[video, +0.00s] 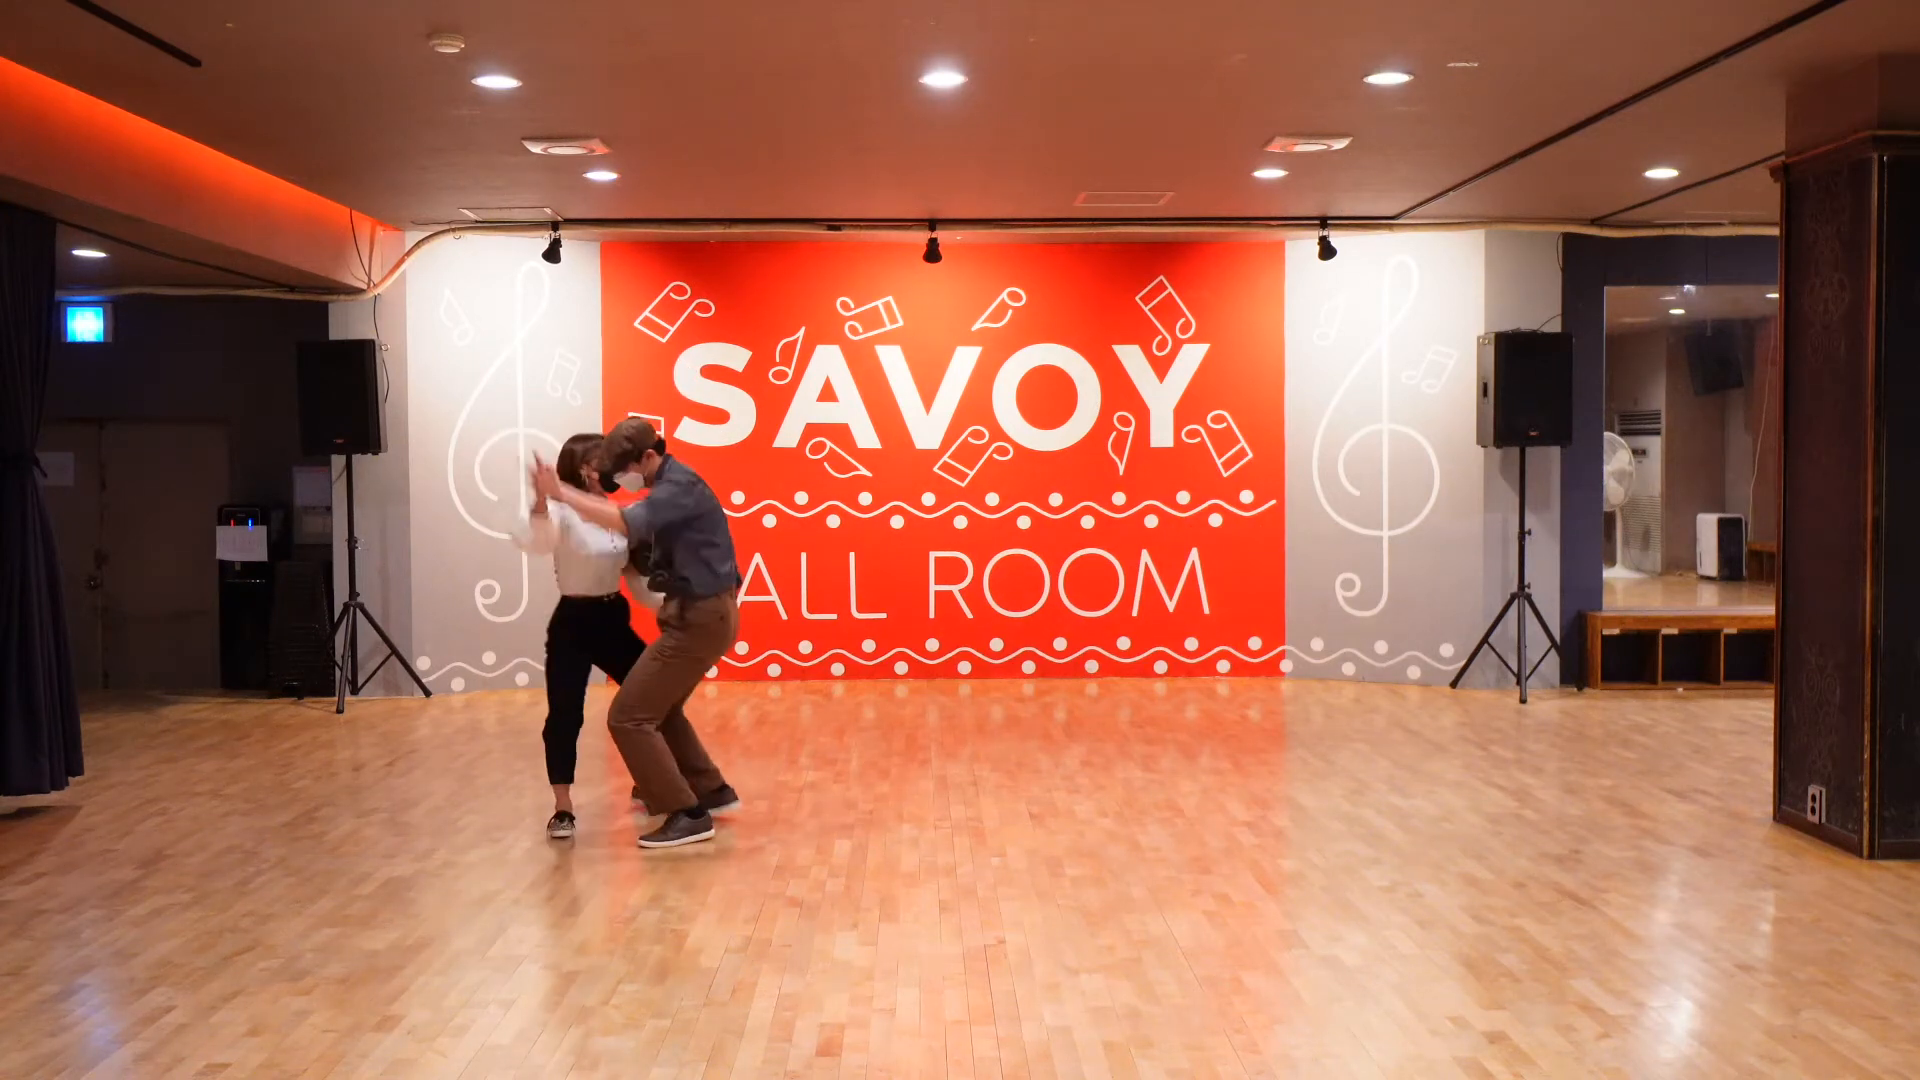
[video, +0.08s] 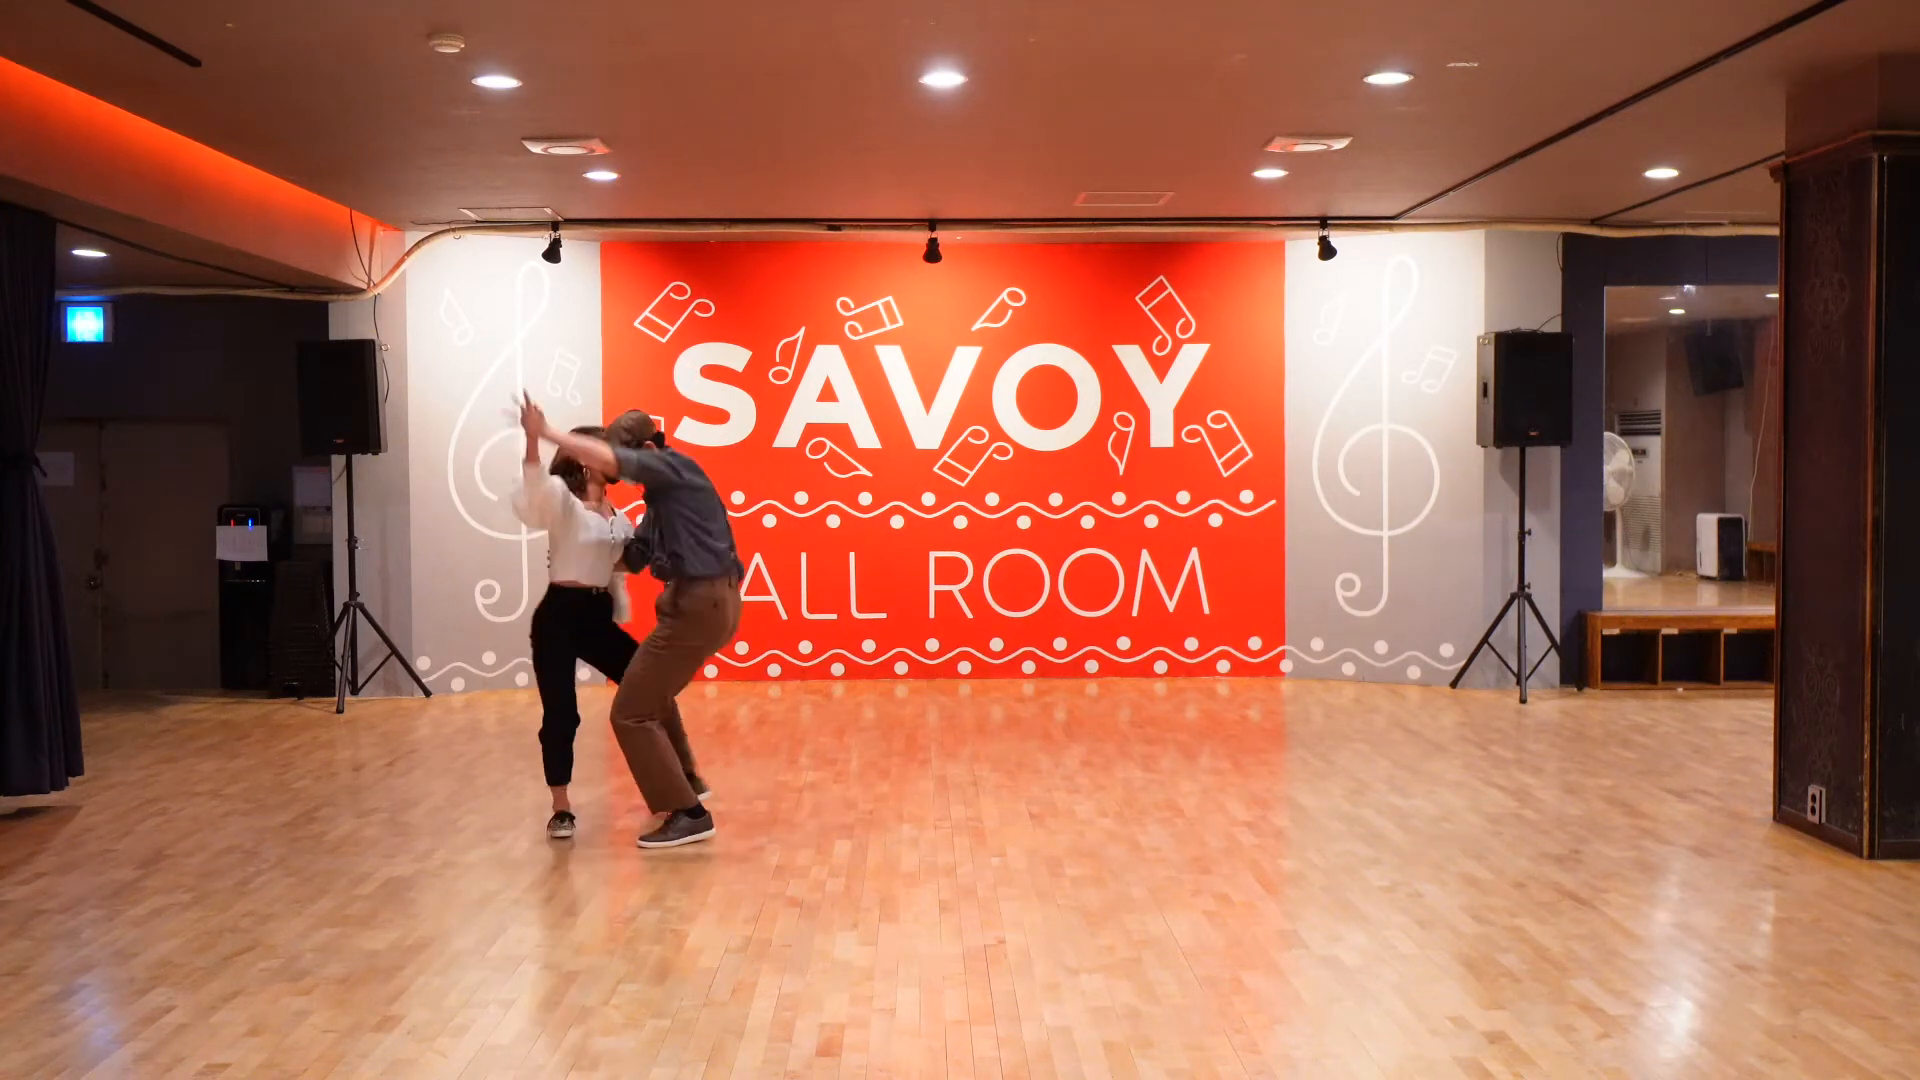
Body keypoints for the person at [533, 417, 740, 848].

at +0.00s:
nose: (628, 480)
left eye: (628, 471)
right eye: (622, 474)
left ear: (647, 457)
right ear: (651, 453)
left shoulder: (677, 488)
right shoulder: (671, 480)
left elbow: (625, 520)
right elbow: (627, 518)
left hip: (703, 618)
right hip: (705, 612)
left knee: (628, 718)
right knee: (657, 707)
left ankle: (684, 814)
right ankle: (709, 787)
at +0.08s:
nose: (613, 461)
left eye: (614, 453)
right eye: (609, 455)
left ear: (631, 448)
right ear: (652, 443)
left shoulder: (673, 467)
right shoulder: (663, 496)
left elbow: (612, 462)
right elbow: (634, 557)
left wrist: (547, 432)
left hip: (703, 605)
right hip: (708, 602)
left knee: (630, 713)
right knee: (649, 696)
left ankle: (685, 813)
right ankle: (686, 786)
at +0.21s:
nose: (615, 474)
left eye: (613, 462)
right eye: (609, 468)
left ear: (631, 442)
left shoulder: (664, 450)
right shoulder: (663, 504)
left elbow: (614, 412)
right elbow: (627, 557)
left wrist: (546, 384)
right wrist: (573, 546)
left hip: (695, 597)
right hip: (724, 599)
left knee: (633, 712)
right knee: (640, 692)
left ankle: (687, 816)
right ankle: (619, 785)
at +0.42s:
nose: (614, 462)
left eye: (617, 452)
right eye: (613, 453)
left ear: (635, 442)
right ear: (653, 438)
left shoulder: (670, 460)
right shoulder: (665, 501)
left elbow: (604, 457)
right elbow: (631, 564)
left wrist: (561, 415)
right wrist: (573, 560)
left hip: (701, 610)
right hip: (708, 609)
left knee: (633, 719)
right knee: (636, 706)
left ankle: (683, 818)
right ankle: (651, 793)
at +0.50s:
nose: (625, 462)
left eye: (628, 452)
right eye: (622, 455)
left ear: (651, 446)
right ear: (654, 448)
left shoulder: (675, 480)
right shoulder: (670, 488)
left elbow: (609, 515)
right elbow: (636, 565)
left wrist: (575, 466)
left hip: (704, 619)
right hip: (700, 616)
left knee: (628, 721)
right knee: (650, 706)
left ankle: (682, 819)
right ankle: (692, 792)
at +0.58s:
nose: (622, 456)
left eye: (628, 447)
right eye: (621, 448)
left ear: (653, 448)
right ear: (653, 450)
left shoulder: (680, 495)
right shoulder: (665, 494)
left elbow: (640, 567)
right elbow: (641, 563)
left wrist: (593, 523)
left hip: (705, 628)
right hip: (693, 625)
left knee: (629, 720)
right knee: (655, 714)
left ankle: (683, 819)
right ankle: (711, 798)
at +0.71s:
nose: (621, 449)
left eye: (626, 441)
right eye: (621, 442)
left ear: (649, 442)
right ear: (649, 444)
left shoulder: (692, 496)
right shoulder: (654, 485)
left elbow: (685, 586)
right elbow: (632, 526)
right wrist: (597, 508)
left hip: (714, 612)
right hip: (696, 609)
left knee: (636, 694)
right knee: (664, 708)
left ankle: (675, 804)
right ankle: (712, 797)